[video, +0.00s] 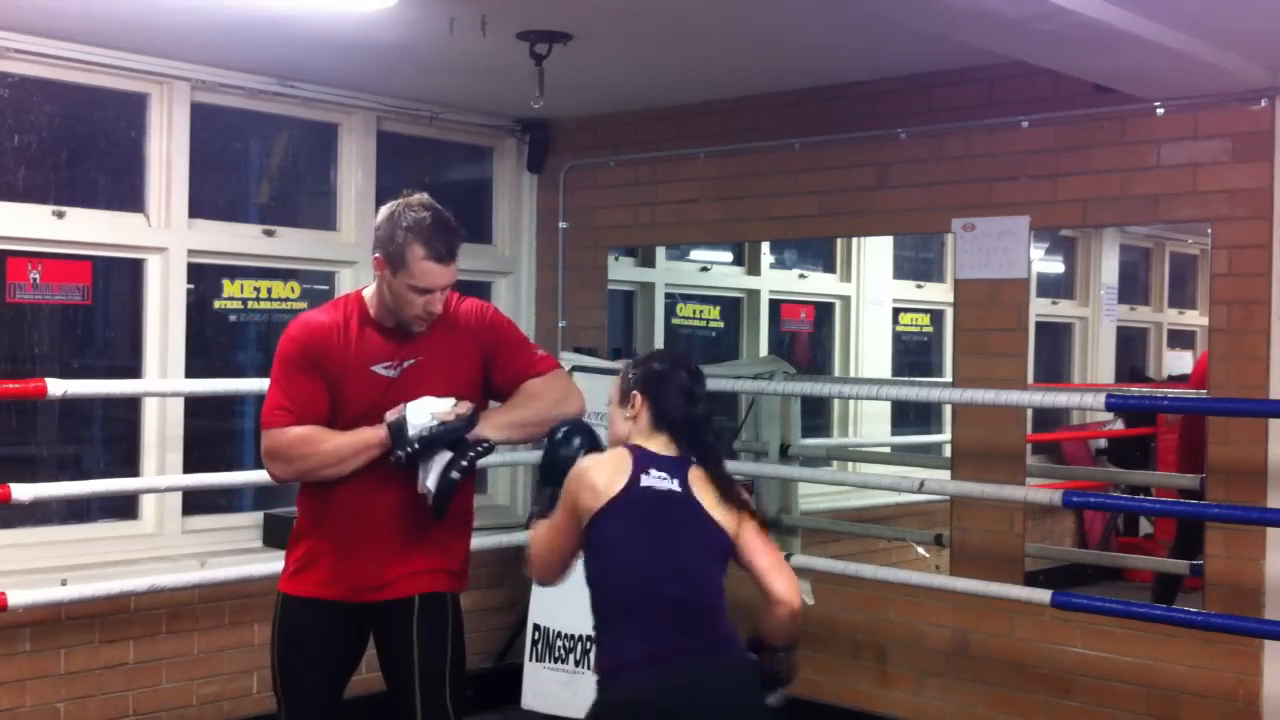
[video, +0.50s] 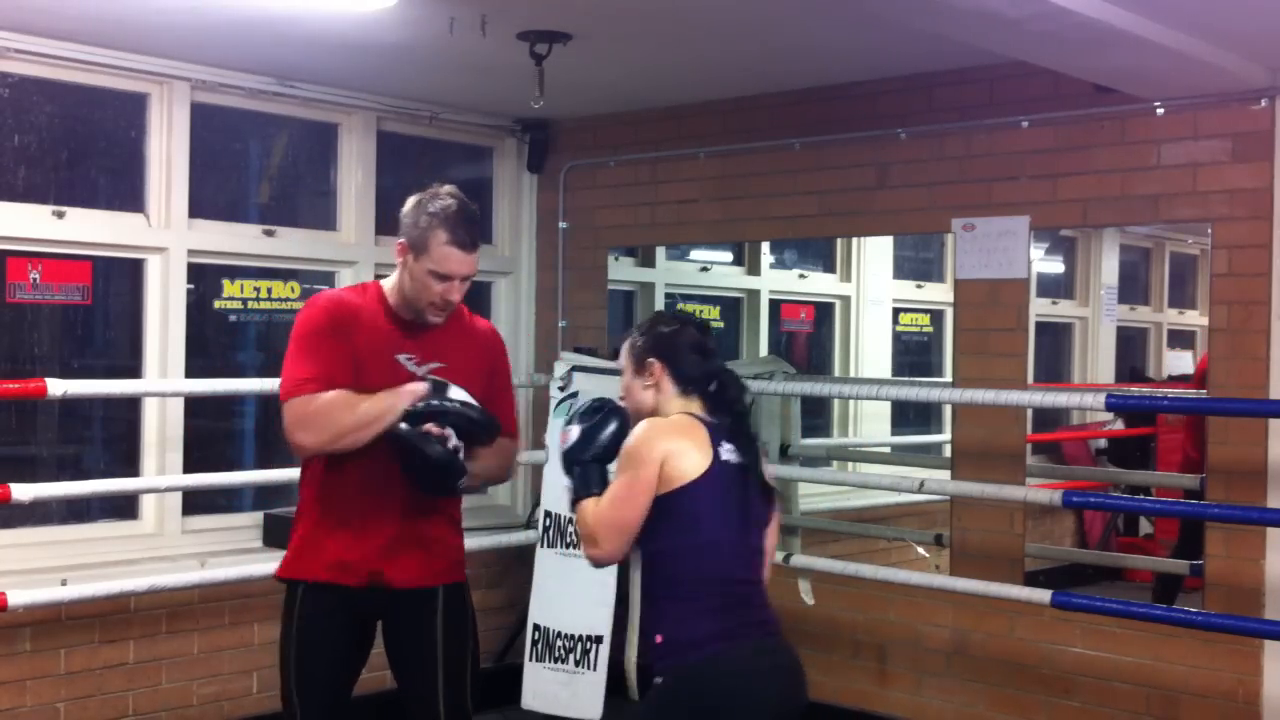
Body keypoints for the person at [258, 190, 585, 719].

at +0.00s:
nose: (437, 305)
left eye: (447, 289)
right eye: (423, 291)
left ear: (453, 267)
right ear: (381, 269)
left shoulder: (476, 324)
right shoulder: (315, 335)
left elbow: (563, 397)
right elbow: (282, 457)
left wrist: (470, 430)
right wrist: (392, 433)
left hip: (424, 577)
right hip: (322, 577)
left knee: (434, 711)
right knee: (303, 712)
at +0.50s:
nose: (453, 294)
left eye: (466, 280)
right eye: (440, 277)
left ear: (476, 266)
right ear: (402, 254)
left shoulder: (481, 340)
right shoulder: (331, 314)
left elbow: (503, 454)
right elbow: (304, 430)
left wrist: (462, 460)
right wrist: (406, 397)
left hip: (431, 571)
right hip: (332, 567)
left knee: (444, 709)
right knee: (312, 709)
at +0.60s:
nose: (467, 293)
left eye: (479, 279)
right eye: (455, 276)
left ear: (488, 267)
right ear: (416, 254)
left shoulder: (480, 345)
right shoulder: (341, 311)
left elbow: (497, 464)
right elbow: (320, 424)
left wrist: (468, 465)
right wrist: (424, 398)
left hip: (433, 576)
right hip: (334, 576)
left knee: (452, 709)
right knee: (314, 711)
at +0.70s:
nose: (475, 295)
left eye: (486, 281)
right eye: (463, 277)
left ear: (494, 271)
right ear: (424, 255)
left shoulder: (478, 345)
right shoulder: (343, 315)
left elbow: (498, 466)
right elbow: (326, 432)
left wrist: (476, 457)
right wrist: (431, 400)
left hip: (436, 580)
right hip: (337, 579)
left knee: (453, 710)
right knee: (316, 713)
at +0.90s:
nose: (471, 299)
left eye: (483, 285)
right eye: (459, 282)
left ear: (492, 271)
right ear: (421, 258)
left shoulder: (478, 345)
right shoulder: (342, 315)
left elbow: (498, 467)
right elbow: (324, 432)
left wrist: (478, 456)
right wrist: (431, 401)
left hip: (439, 579)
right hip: (339, 580)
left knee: (456, 710)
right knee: (318, 712)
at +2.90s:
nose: (344, 257)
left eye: (353, 244)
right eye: (330, 240)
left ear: (363, 246)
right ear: (284, 235)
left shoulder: (371, 328)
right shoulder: (226, 321)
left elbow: (444, 406)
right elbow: (254, 415)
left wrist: (455, 329)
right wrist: (316, 315)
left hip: (354, 579)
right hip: (250, 583)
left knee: (383, 710)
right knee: (241, 713)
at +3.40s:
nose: (325, 260)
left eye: (333, 247)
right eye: (312, 245)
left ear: (341, 246)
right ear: (266, 239)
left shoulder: (347, 323)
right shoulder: (207, 332)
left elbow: (426, 385)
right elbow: (235, 429)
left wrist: (435, 313)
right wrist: (296, 325)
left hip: (350, 577)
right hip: (250, 588)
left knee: (379, 709)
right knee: (243, 714)